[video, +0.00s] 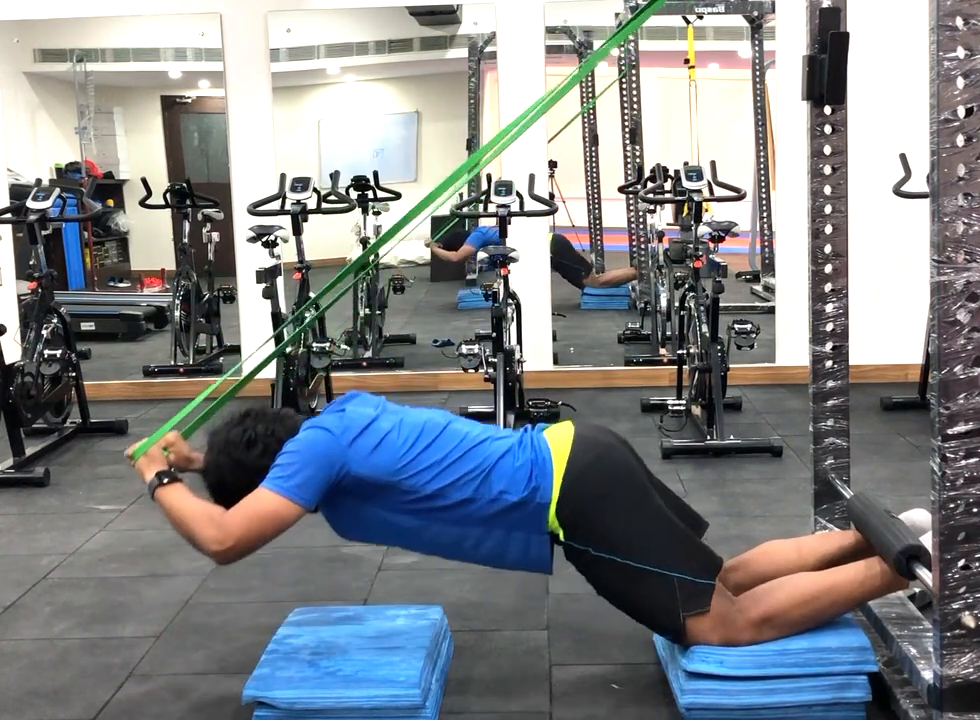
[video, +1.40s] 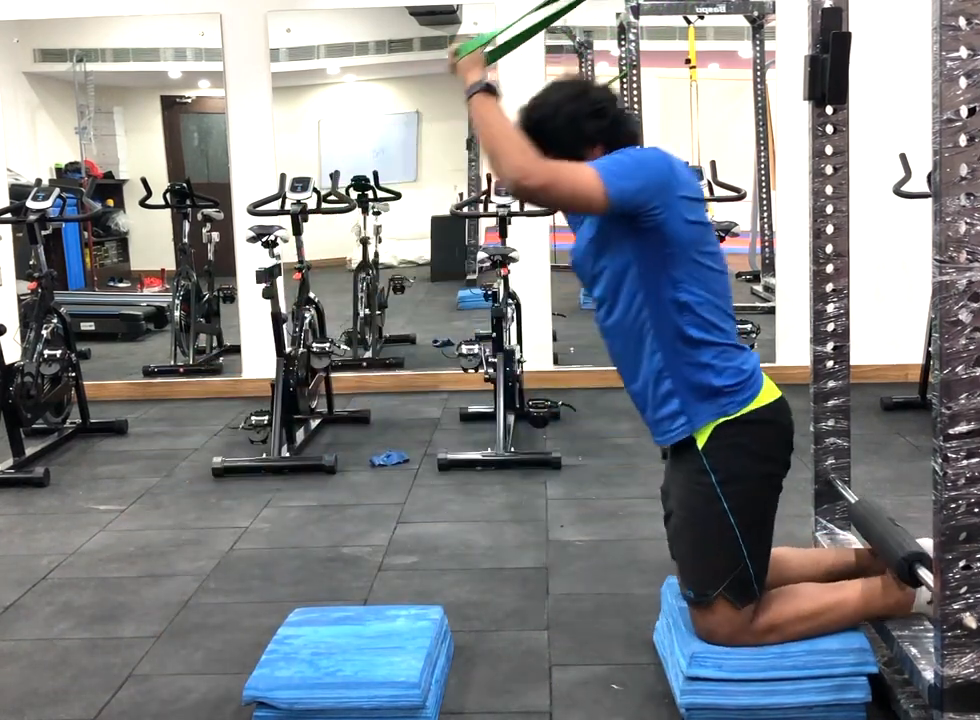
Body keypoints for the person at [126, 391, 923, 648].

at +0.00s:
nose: (260, 506)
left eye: (252, 491)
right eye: (251, 492)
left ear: (264, 460)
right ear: (275, 434)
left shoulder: (319, 444)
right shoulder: (330, 427)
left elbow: (221, 537)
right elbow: (237, 512)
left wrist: (161, 484)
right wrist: (185, 470)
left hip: (570, 491)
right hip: (573, 466)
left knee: (723, 623)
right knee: (713, 579)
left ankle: (897, 568)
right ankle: (858, 535)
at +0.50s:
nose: (318, 400)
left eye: (315, 387)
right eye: (313, 389)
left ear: (328, 355)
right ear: (343, 332)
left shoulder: (393, 342)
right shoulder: (400, 335)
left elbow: (283, 427)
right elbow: (299, 417)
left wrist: (218, 376)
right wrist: (239, 371)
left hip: (624, 454)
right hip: (623, 439)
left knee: (726, 628)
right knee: (720, 586)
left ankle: (901, 569)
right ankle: (859, 534)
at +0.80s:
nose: (362, 316)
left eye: (362, 303)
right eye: (360, 304)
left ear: (385, 285)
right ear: (400, 270)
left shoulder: (458, 277)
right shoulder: (456, 281)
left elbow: (339, 336)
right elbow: (345, 338)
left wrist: (269, 278)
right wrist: (282, 285)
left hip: (658, 437)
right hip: (657, 428)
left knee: (726, 623)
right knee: (720, 579)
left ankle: (910, 572)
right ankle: (865, 539)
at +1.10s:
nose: (448, 250)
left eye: (451, 234)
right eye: (444, 235)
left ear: (480, 210)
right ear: (481, 210)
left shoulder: (546, 222)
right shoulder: (527, 236)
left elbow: (421, 263)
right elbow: (422, 263)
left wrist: (349, 195)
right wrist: (360, 208)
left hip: (702, 432)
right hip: (682, 436)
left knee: (729, 622)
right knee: (724, 581)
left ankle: (906, 573)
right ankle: (868, 540)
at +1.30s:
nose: (519, 207)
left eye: (520, 192)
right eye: (511, 194)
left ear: (548, 172)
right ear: (565, 157)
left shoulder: (616, 186)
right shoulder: (588, 218)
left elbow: (490, 203)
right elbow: (493, 204)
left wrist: (429, 123)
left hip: (725, 427)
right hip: (690, 436)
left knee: (729, 624)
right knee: (714, 580)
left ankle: (905, 582)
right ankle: (866, 548)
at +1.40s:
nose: (543, 182)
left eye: (550, 167)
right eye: (540, 168)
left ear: (583, 148)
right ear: (590, 150)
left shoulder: (648, 173)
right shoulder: (612, 203)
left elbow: (526, 174)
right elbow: (528, 178)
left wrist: (475, 86)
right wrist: (483, 102)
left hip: (731, 427)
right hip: (697, 430)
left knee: (724, 620)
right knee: (710, 572)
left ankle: (908, 595)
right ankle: (867, 559)